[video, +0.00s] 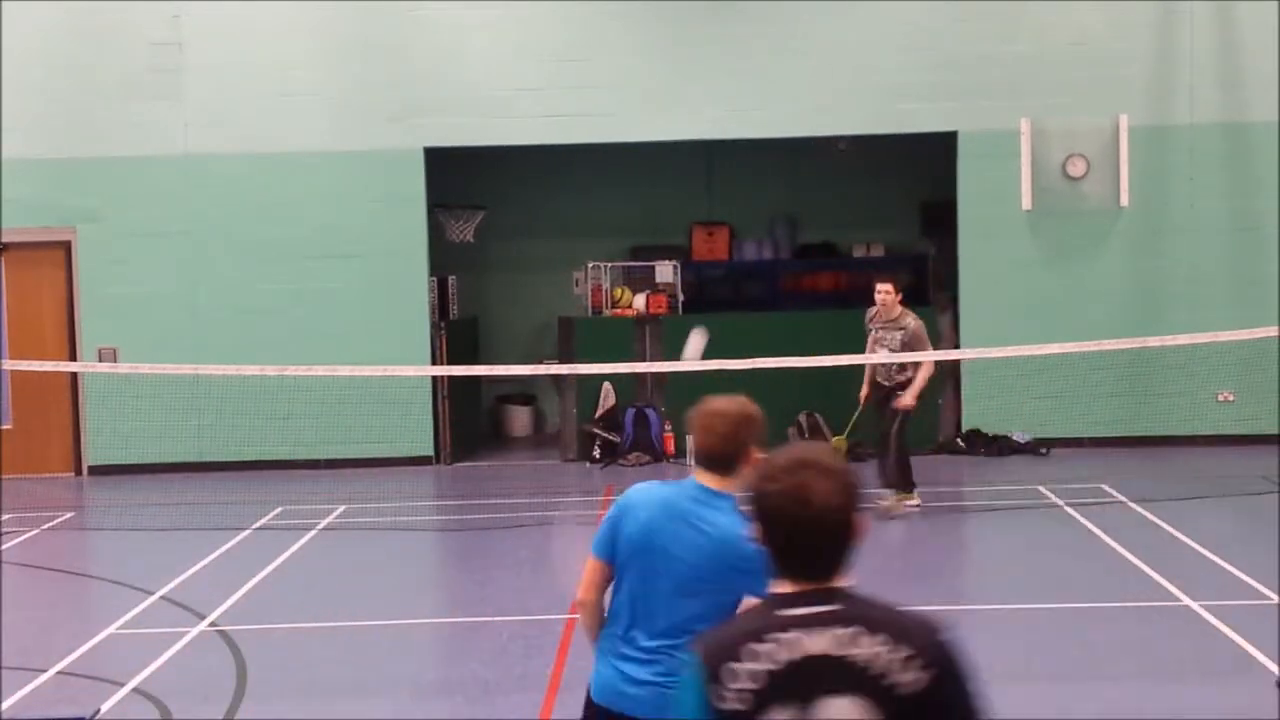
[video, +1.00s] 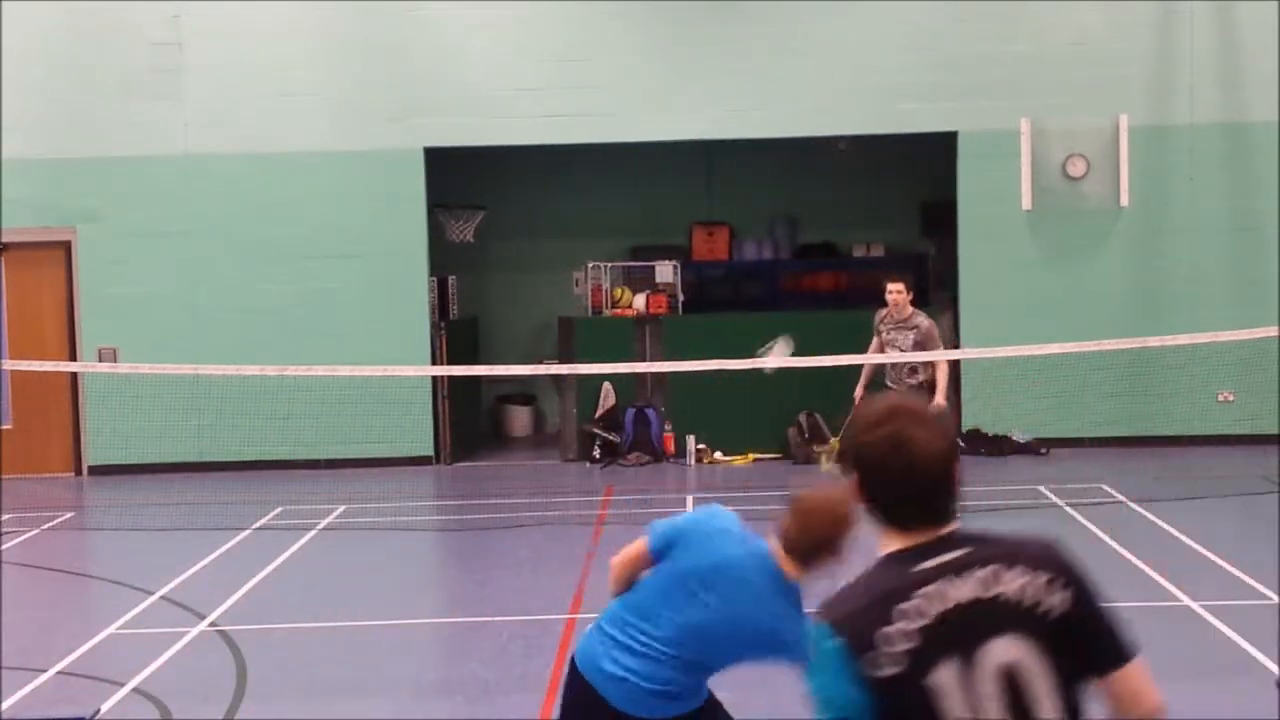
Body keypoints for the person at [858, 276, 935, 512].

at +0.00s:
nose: (881, 297)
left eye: (887, 293)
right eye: (878, 292)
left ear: (898, 297)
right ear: (874, 296)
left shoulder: (912, 325)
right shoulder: (872, 316)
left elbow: (928, 363)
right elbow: (871, 349)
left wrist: (911, 393)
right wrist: (866, 383)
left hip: (904, 386)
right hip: (880, 385)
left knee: (892, 434)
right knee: (887, 435)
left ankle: (899, 490)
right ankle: (905, 491)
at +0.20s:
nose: (896, 298)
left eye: (902, 293)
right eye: (892, 293)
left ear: (912, 296)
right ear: (887, 296)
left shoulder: (927, 325)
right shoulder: (883, 319)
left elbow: (943, 361)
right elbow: (876, 353)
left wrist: (942, 395)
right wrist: (861, 386)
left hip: (924, 393)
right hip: (894, 392)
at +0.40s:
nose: (907, 290)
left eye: (912, 286)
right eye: (903, 286)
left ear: (922, 289)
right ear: (898, 290)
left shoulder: (939, 318)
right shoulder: (891, 317)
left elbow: (953, 358)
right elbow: (882, 354)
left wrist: (940, 389)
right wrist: (869, 388)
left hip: (933, 389)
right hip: (902, 388)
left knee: (938, 446)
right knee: (894, 443)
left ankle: (950, 501)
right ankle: (904, 484)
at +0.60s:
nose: (906, 285)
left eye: (910, 280)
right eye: (901, 280)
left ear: (920, 284)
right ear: (895, 285)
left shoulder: (938, 314)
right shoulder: (886, 313)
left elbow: (952, 353)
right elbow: (876, 350)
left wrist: (946, 388)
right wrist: (870, 380)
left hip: (931, 387)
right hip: (898, 387)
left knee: (938, 446)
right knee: (898, 446)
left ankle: (950, 500)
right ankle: (898, 502)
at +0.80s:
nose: (898, 281)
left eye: (902, 276)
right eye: (893, 277)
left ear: (912, 281)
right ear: (887, 284)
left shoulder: (929, 313)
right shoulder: (875, 316)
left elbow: (941, 354)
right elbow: (864, 354)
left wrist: (947, 392)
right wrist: (865, 383)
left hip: (924, 389)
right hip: (890, 390)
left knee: (933, 447)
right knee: (891, 449)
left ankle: (943, 494)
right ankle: (895, 508)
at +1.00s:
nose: (894, 298)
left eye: (899, 293)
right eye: (890, 293)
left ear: (909, 296)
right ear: (885, 296)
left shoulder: (924, 325)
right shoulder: (882, 317)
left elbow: (940, 361)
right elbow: (875, 349)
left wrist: (940, 396)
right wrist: (861, 385)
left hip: (918, 392)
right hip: (890, 391)